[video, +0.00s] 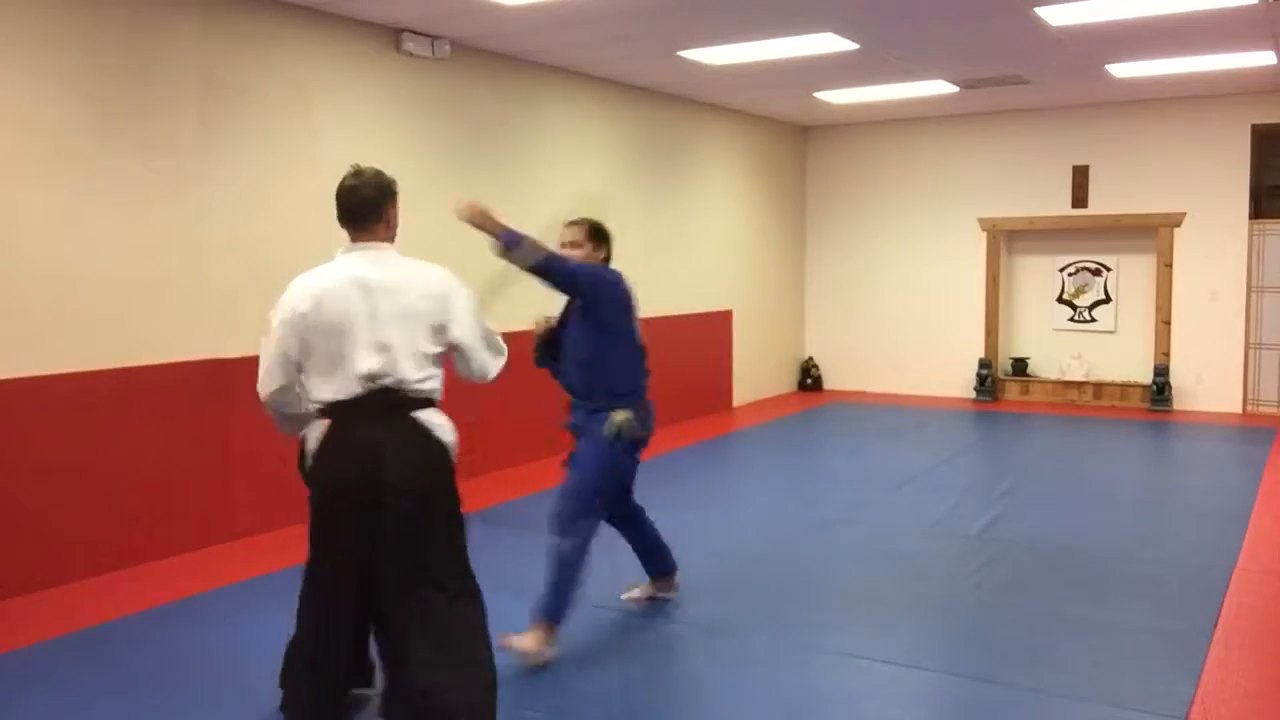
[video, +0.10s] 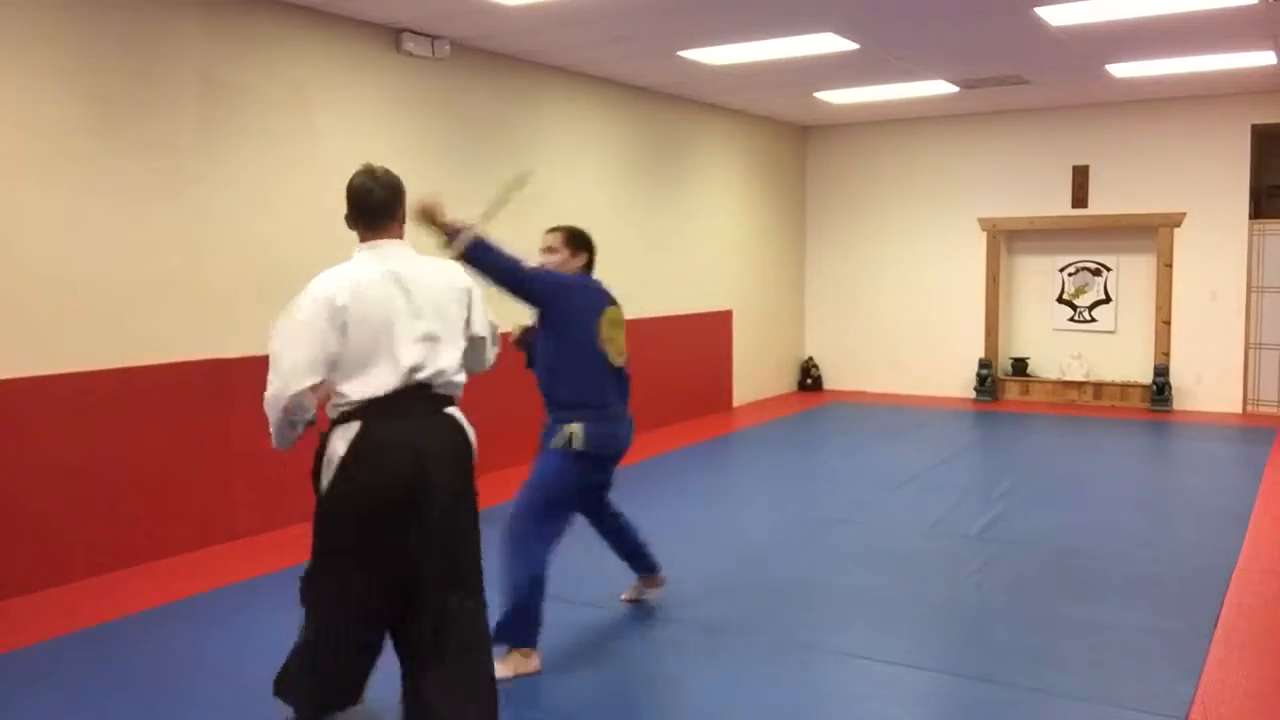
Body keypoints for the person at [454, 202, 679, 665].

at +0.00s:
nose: (561, 253)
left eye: (573, 245)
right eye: (559, 245)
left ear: (600, 251)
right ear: (562, 250)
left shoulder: (607, 285)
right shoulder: (580, 302)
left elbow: (551, 266)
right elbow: (572, 367)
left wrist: (497, 230)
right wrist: (547, 345)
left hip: (618, 419)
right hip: (595, 417)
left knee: (572, 515)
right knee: (616, 507)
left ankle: (544, 629)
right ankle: (664, 579)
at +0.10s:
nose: (540, 259)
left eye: (551, 251)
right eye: (541, 251)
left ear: (580, 258)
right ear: (577, 262)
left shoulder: (568, 291)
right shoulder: (598, 298)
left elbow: (513, 274)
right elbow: (571, 358)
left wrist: (454, 230)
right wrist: (532, 343)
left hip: (576, 432)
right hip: (607, 429)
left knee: (526, 524)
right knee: (592, 502)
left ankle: (521, 649)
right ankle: (649, 573)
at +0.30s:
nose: (495, 248)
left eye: (505, 241)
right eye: (497, 240)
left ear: (533, 250)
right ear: (542, 255)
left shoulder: (507, 290)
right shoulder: (579, 292)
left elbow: (450, 316)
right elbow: (603, 358)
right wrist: (579, 407)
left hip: (557, 432)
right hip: (602, 428)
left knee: (514, 532)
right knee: (576, 513)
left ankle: (521, 650)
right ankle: (602, 609)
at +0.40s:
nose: (462, 258)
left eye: (471, 251)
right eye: (466, 249)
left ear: (496, 262)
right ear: (510, 264)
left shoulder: (481, 313)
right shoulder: (558, 290)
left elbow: (456, 366)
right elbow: (601, 344)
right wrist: (557, 354)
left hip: (556, 437)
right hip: (603, 425)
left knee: (515, 536)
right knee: (586, 513)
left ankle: (525, 651)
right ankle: (609, 612)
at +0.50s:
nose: (436, 303)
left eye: (440, 294)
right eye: (436, 294)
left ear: (460, 295)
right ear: (479, 289)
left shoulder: (465, 337)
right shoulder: (529, 295)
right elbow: (582, 328)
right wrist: (549, 351)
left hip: (558, 443)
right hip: (603, 426)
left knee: (517, 538)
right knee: (590, 515)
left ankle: (523, 647)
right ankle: (608, 611)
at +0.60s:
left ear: (440, 325)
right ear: (454, 303)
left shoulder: (463, 345)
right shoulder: (494, 307)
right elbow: (548, 319)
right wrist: (547, 362)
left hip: (561, 431)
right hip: (598, 411)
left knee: (534, 531)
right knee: (583, 515)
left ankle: (522, 627)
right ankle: (606, 609)